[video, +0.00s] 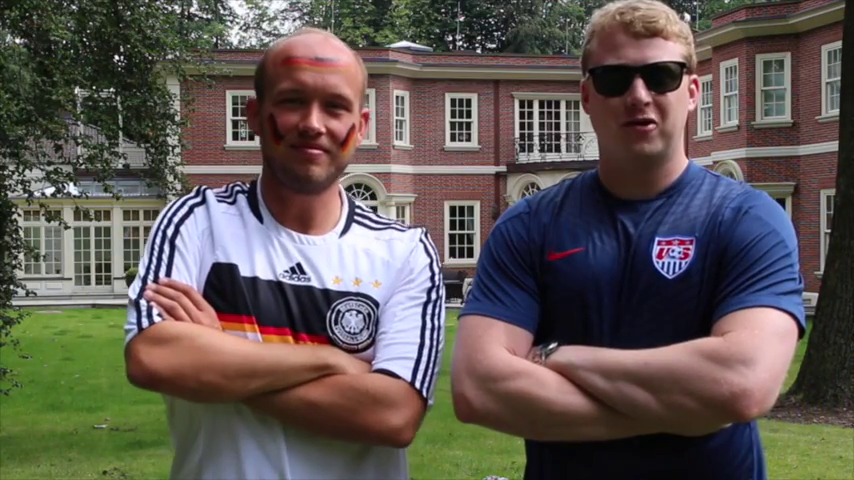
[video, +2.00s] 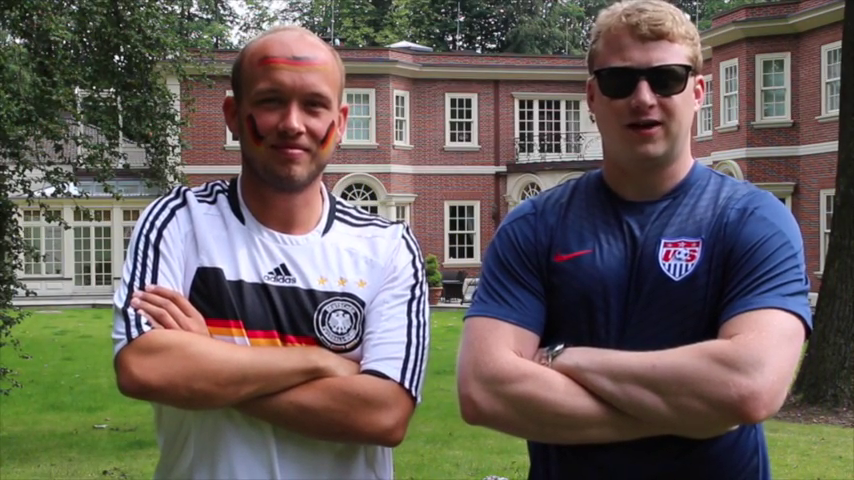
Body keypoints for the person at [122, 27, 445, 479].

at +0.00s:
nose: (313, 124)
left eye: (335, 107)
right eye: (293, 102)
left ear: (360, 126)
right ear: (256, 116)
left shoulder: (405, 252)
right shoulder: (195, 219)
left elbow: (396, 418)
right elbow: (149, 359)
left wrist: (222, 358)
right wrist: (332, 361)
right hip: (216, 474)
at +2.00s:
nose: (293, 124)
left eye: (315, 105)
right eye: (271, 102)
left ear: (339, 122)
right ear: (233, 115)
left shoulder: (389, 247)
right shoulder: (175, 220)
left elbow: (386, 417)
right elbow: (139, 368)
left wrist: (211, 367)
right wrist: (322, 361)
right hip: (203, 473)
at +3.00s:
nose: (293, 125)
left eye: (315, 105)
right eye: (271, 102)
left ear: (339, 124)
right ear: (233, 117)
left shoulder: (388, 249)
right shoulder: (175, 220)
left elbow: (384, 422)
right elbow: (139, 373)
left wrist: (211, 372)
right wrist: (318, 366)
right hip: (200, 473)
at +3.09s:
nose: (293, 125)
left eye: (314, 106)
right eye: (271, 102)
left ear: (339, 124)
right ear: (233, 117)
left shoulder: (387, 249)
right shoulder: (175, 221)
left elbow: (384, 421)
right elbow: (139, 373)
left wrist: (210, 371)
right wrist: (318, 365)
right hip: (200, 473)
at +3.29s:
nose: (292, 125)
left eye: (313, 106)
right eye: (270, 103)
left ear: (338, 124)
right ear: (232, 118)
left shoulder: (387, 248)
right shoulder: (174, 221)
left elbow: (384, 421)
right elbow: (139, 373)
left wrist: (210, 371)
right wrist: (318, 365)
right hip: (201, 473)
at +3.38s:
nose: (291, 126)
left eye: (313, 106)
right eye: (269, 104)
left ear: (338, 124)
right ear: (232, 118)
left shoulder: (387, 248)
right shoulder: (174, 221)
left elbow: (385, 421)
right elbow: (139, 373)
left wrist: (211, 372)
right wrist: (318, 365)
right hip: (201, 473)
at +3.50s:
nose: (293, 126)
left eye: (314, 107)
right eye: (271, 104)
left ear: (338, 124)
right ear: (232, 118)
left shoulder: (387, 249)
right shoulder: (174, 221)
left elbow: (384, 421)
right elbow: (138, 374)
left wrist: (211, 372)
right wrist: (318, 365)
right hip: (201, 473)